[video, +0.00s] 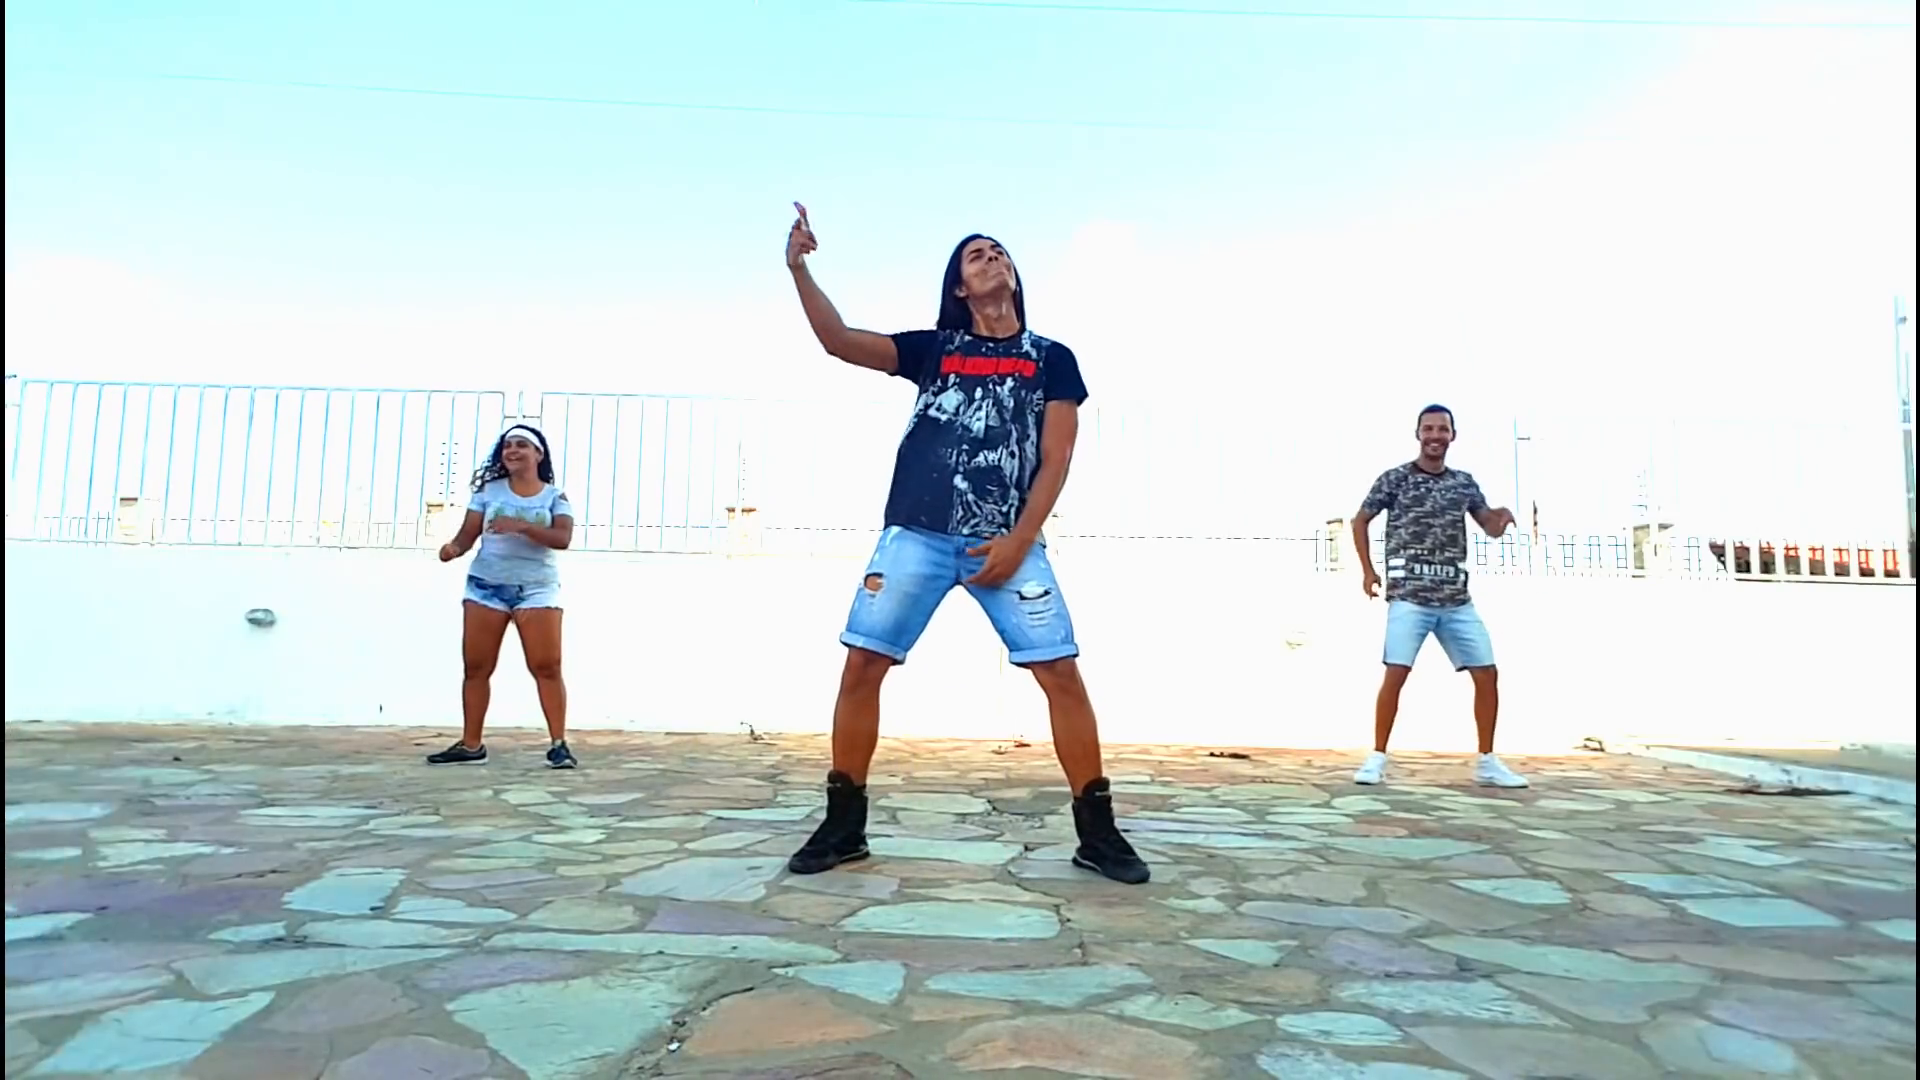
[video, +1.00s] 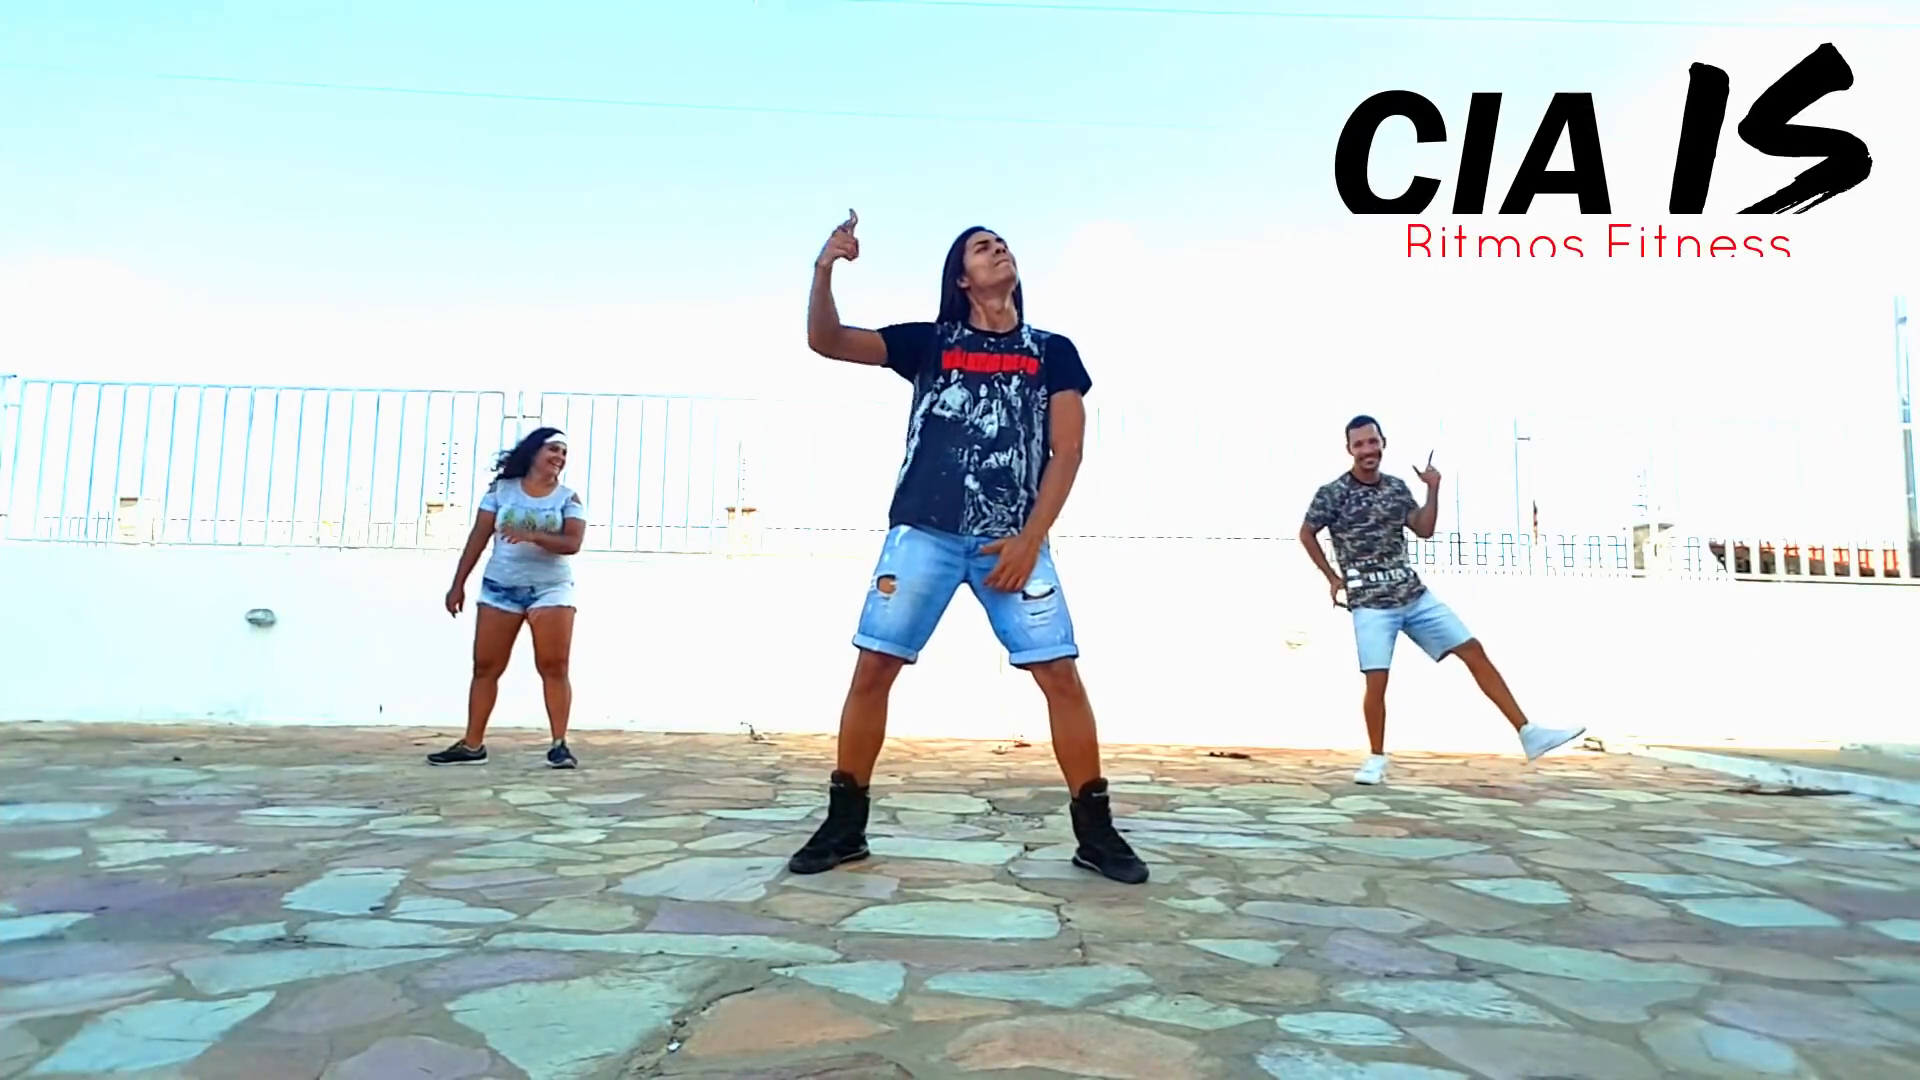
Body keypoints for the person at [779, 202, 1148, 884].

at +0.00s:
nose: (986, 256)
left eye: (994, 251)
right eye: (972, 257)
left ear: (1015, 277)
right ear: (958, 289)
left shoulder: (1051, 359)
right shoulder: (932, 350)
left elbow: (1056, 462)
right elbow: (840, 340)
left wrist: (1020, 539)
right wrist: (799, 267)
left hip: (1010, 541)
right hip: (917, 534)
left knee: (1061, 673)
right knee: (862, 666)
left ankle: (1098, 831)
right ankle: (843, 823)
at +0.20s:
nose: (990, 254)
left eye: (999, 248)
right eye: (976, 252)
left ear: (1018, 273)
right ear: (959, 283)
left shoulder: (1052, 356)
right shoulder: (936, 341)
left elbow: (1059, 458)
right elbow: (854, 333)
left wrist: (1032, 535)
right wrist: (794, 262)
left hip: (1008, 539)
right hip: (919, 530)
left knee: (1058, 673)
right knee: (866, 664)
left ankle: (1096, 830)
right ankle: (843, 823)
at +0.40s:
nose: (989, 254)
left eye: (996, 247)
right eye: (975, 253)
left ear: (1016, 269)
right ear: (961, 282)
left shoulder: (1053, 355)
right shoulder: (932, 344)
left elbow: (1066, 458)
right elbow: (836, 337)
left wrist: (1031, 536)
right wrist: (811, 249)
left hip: (1012, 540)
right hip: (921, 533)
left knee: (1059, 676)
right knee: (869, 665)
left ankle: (1095, 830)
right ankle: (843, 824)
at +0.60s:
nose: (991, 251)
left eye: (997, 244)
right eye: (976, 250)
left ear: (1016, 267)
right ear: (960, 279)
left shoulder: (1054, 353)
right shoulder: (932, 342)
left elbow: (1067, 455)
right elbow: (833, 340)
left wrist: (1035, 536)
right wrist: (822, 243)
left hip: (1015, 538)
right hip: (923, 532)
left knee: (1063, 675)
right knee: (872, 666)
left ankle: (1096, 829)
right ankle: (843, 825)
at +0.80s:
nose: (993, 245)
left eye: (999, 241)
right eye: (977, 245)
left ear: (1015, 270)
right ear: (958, 278)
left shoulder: (1050, 348)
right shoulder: (932, 339)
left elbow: (1065, 451)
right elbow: (849, 321)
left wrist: (1034, 536)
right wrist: (804, 233)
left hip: (1015, 538)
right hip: (925, 532)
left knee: (1064, 673)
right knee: (874, 667)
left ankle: (1096, 830)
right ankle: (844, 823)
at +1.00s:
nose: (997, 251)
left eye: (1001, 246)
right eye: (982, 249)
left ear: (1016, 269)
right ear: (960, 278)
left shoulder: (1053, 353)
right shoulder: (929, 343)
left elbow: (1066, 451)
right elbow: (827, 341)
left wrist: (1033, 535)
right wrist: (824, 268)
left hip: (1016, 539)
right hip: (925, 531)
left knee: (1061, 676)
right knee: (873, 669)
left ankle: (1096, 832)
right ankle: (843, 825)